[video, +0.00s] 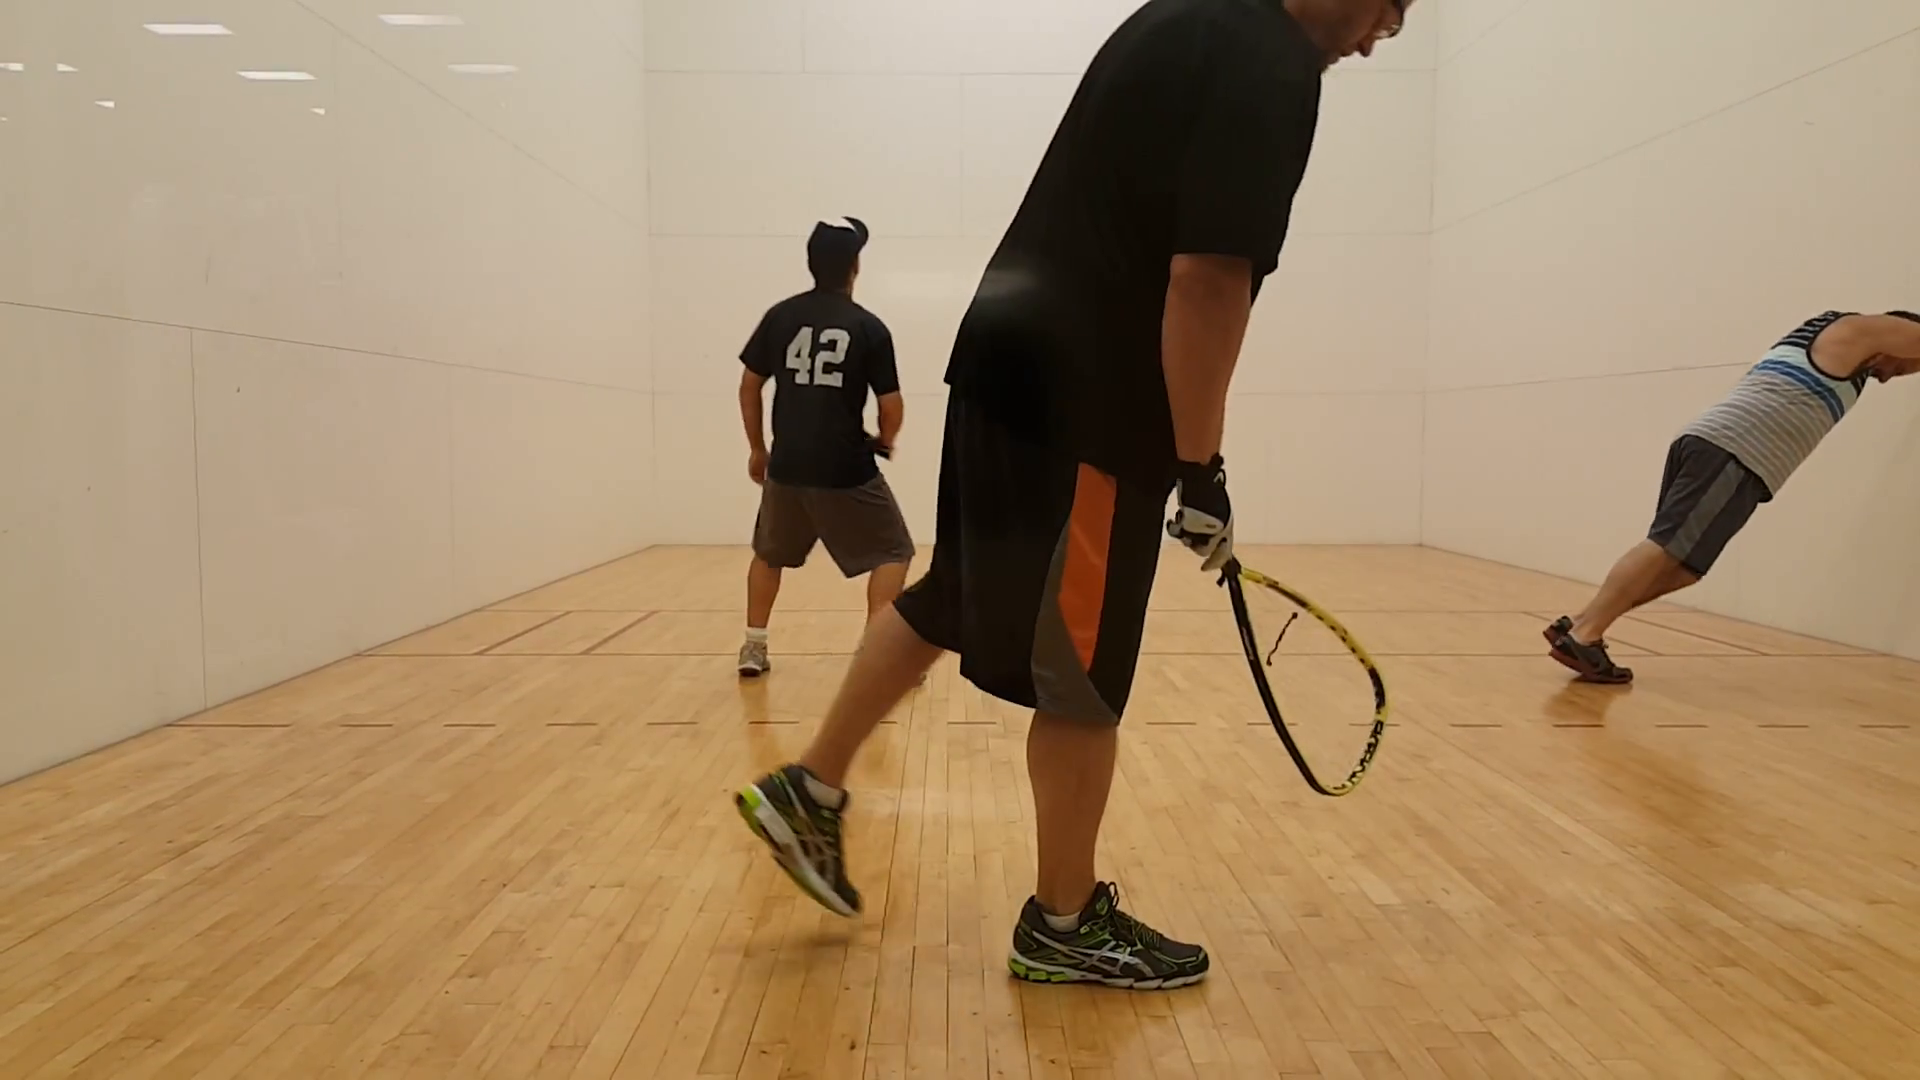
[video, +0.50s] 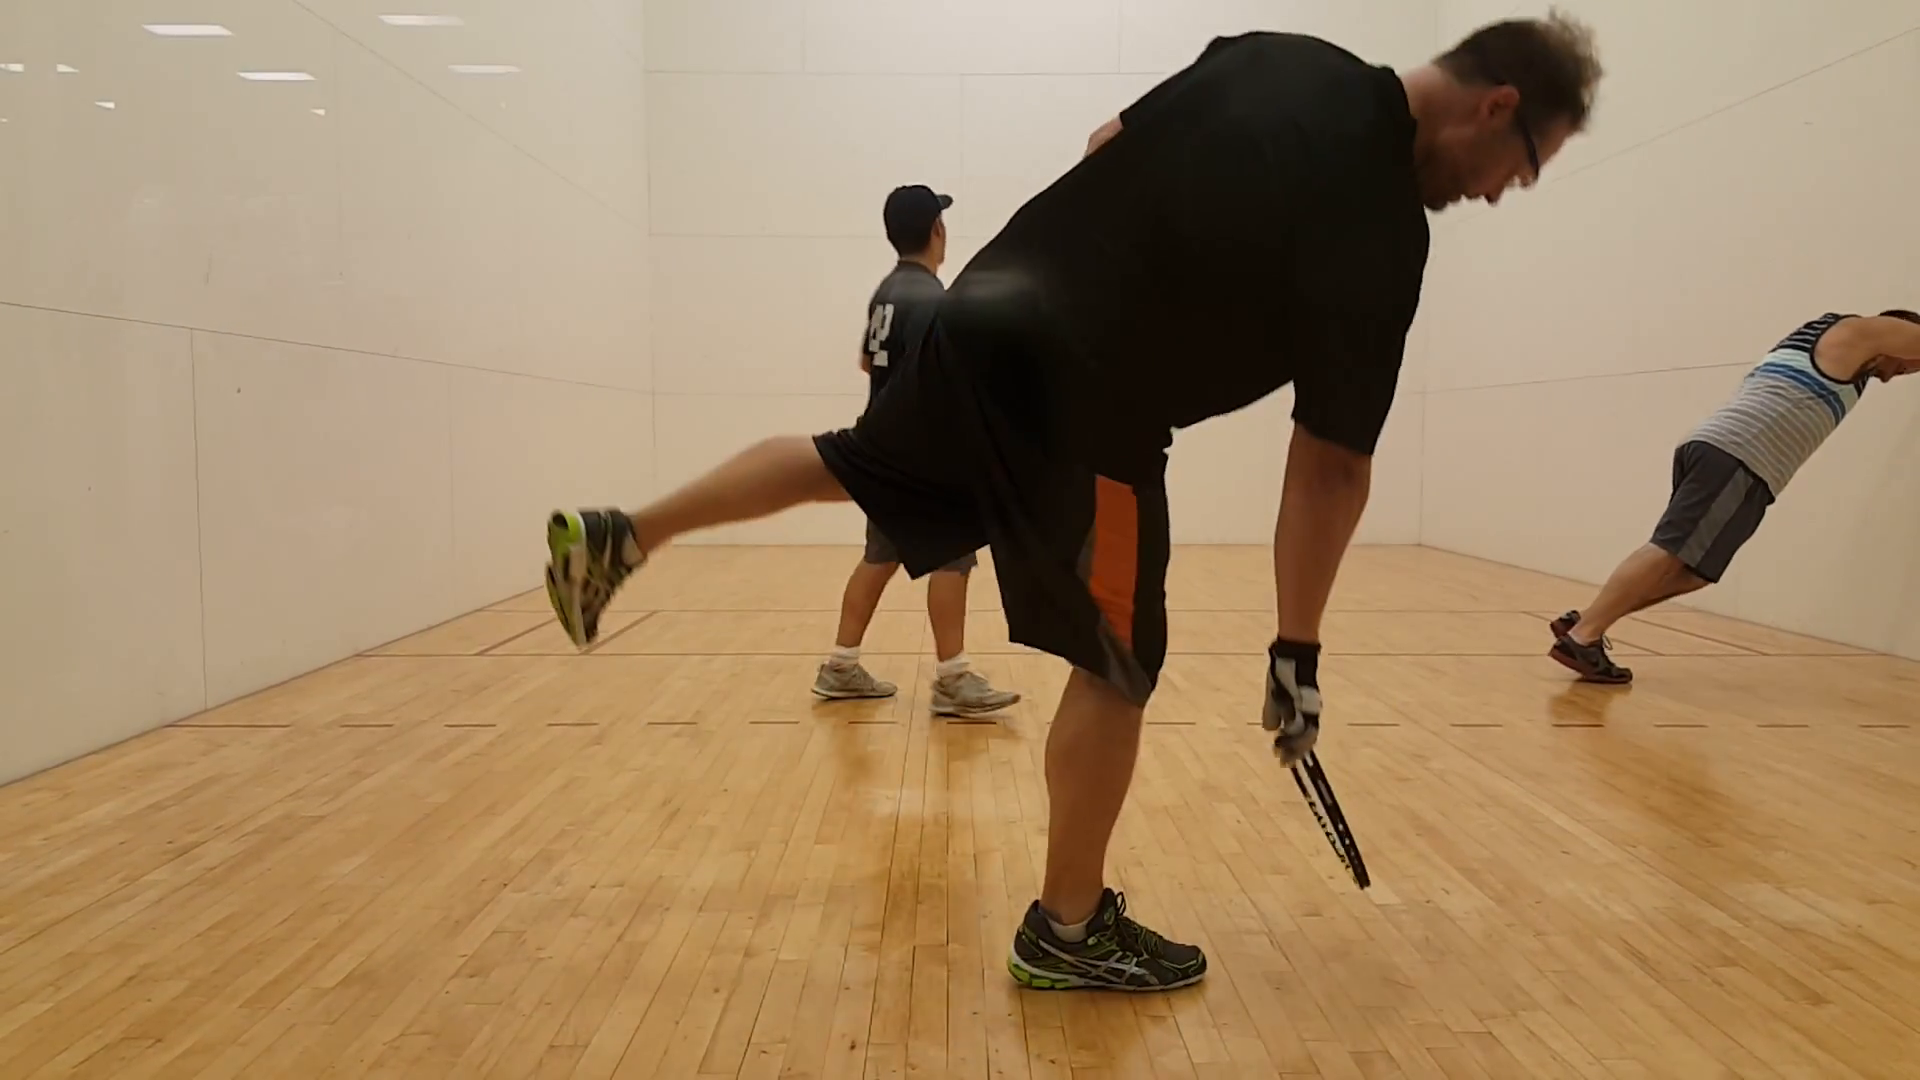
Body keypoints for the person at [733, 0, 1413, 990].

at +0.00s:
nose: (1385, 34)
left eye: (1394, 21)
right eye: (1390, 11)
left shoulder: (1181, 22)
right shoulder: (1266, 60)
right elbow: (1206, 280)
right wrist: (1201, 472)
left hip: (1007, 371)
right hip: (1098, 403)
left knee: (951, 593)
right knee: (1082, 665)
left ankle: (811, 786)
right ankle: (1065, 916)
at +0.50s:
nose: (1505, 192)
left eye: (1524, 176)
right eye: (1523, 165)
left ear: (1459, 78)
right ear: (1493, 110)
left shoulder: (1281, 56)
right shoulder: (1378, 242)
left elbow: (1111, 145)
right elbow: (1326, 462)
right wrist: (1296, 652)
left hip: (978, 310)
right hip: (1086, 390)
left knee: (855, 463)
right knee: (1115, 655)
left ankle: (624, 536)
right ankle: (1068, 926)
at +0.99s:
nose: (1514, 308)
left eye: (1534, 295)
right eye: (1533, 284)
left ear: (1481, 186)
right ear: (1505, 224)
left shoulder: (1319, 122)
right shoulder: (1360, 338)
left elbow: (1145, 164)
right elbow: (1304, 545)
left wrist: (1083, 246)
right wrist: (1272, 724)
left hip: (986, 296)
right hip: (1063, 398)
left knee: (827, 408)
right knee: (1079, 663)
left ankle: (591, 385)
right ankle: (1064, 920)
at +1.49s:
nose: (1499, 337)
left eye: (1521, 326)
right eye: (1523, 314)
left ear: (1478, 213)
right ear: (1506, 249)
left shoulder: (1325, 140)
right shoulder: (1375, 342)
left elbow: (1151, 171)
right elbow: (1319, 563)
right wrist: (1283, 733)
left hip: (978, 301)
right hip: (1058, 396)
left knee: (832, 446)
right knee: (1077, 657)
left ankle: (588, 444)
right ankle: (1064, 920)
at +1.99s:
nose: (1480, 398)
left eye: (1501, 387)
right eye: (1503, 379)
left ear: (1481, 276)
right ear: (1499, 315)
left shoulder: (1342, 197)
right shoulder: (1377, 383)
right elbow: (1318, 604)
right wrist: (1283, 778)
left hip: (977, 298)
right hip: (1064, 399)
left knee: (835, 474)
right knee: (1081, 662)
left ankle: (574, 527)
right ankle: (1062, 922)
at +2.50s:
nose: (1484, 464)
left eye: (1508, 451)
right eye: (1505, 445)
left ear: (1483, 336)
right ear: (1493, 388)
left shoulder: (1353, 246)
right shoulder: (1386, 446)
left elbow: (1175, 239)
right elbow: (1318, 662)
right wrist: (1291, 837)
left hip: (1013, 280)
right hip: (1079, 394)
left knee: (783, 378)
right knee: (1078, 661)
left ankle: (514, 371)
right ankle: (1064, 921)